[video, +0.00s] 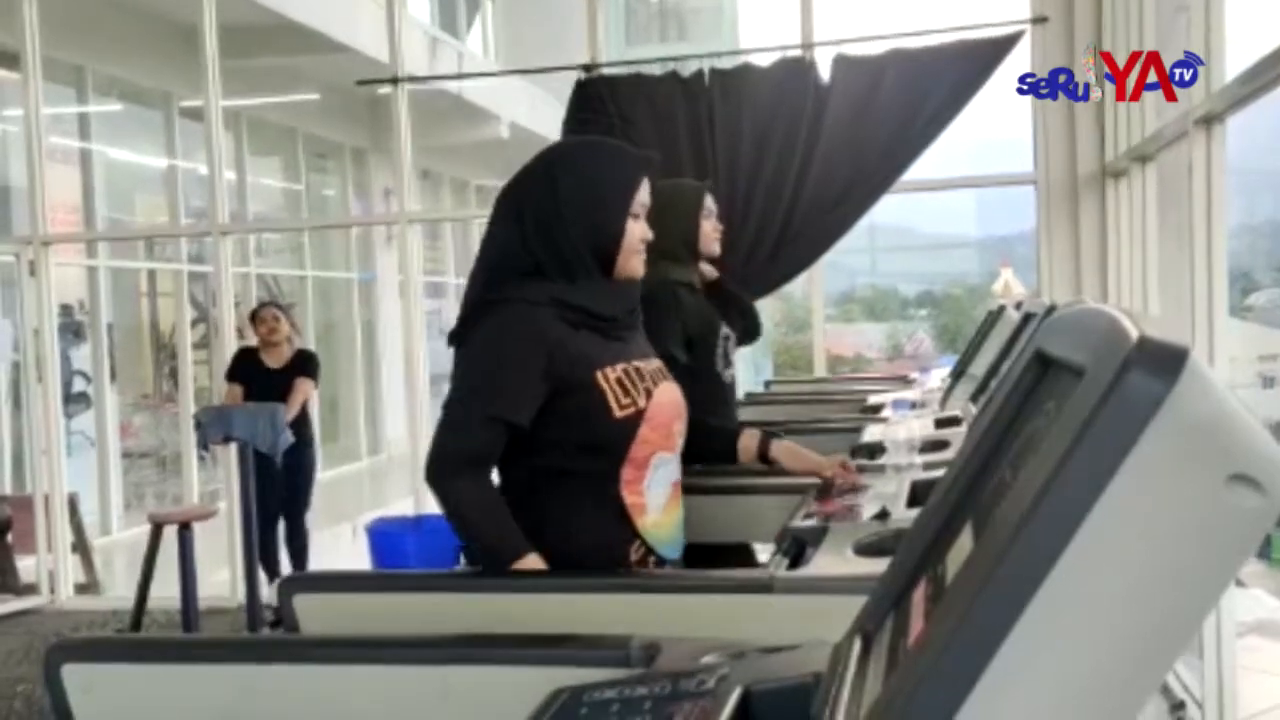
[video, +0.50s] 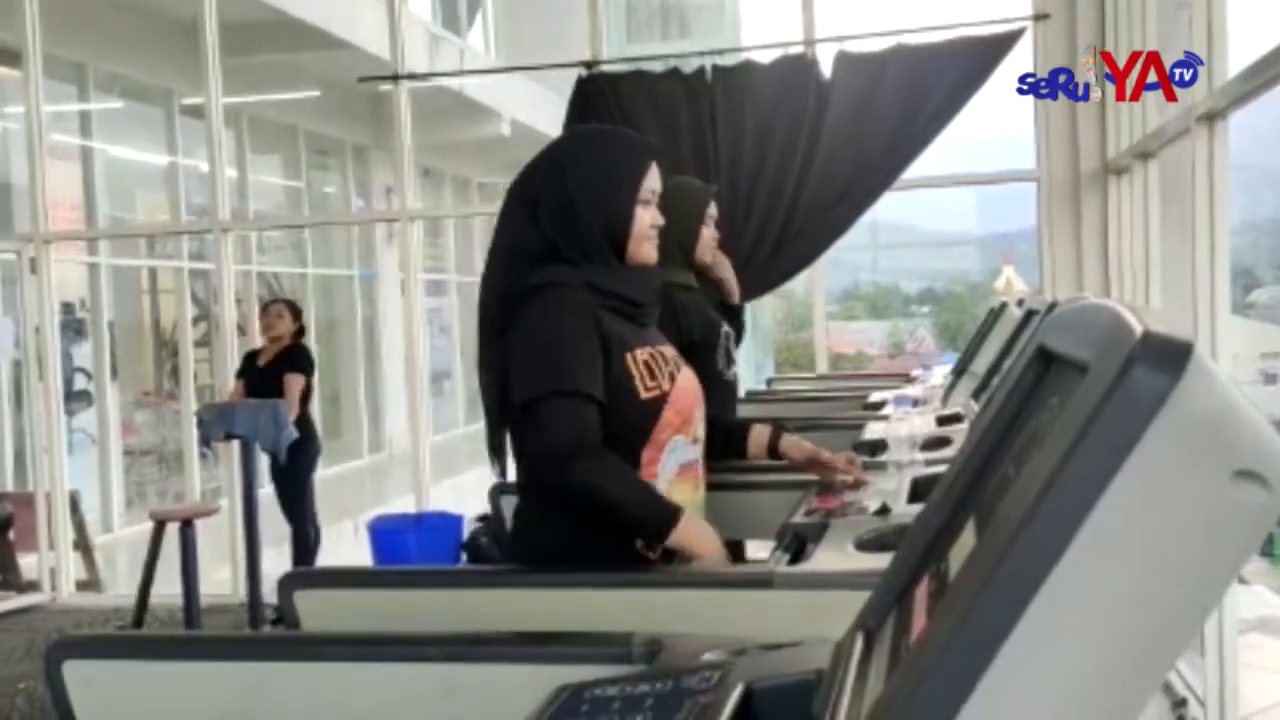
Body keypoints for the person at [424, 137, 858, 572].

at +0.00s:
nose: (648, 233)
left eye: (646, 215)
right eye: (636, 215)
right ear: (585, 219)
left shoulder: (613, 319)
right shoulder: (522, 327)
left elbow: (654, 433)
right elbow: (454, 468)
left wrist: (768, 450)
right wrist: (529, 571)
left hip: (643, 581)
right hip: (572, 596)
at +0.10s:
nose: (645, 216)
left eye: (644, 201)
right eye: (631, 199)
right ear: (582, 198)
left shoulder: (612, 300)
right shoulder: (526, 308)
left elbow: (661, 424)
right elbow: (494, 456)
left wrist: (773, 451)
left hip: (629, 571)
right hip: (552, 586)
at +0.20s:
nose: (643, 209)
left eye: (641, 193)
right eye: (630, 192)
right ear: (578, 191)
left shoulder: (604, 295)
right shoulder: (530, 297)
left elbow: (660, 419)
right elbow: (536, 447)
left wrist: (776, 446)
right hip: (551, 576)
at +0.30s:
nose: (648, 213)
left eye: (645, 197)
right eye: (634, 196)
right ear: (585, 196)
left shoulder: (604, 297)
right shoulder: (541, 297)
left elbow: (654, 416)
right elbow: (570, 433)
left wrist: (770, 446)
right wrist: (712, 489)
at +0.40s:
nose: (651, 225)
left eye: (649, 209)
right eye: (637, 208)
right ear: (588, 207)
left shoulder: (612, 309)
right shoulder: (554, 311)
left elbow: (667, 427)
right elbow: (588, 448)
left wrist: (778, 445)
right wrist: (722, 503)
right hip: (569, 580)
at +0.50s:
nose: (659, 219)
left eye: (656, 203)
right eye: (646, 202)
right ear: (598, 203)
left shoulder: (622, 307)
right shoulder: (561, 310)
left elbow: (667, 432)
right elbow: (566, 460)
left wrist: (776, 444)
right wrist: (678, 526)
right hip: (589, 582)